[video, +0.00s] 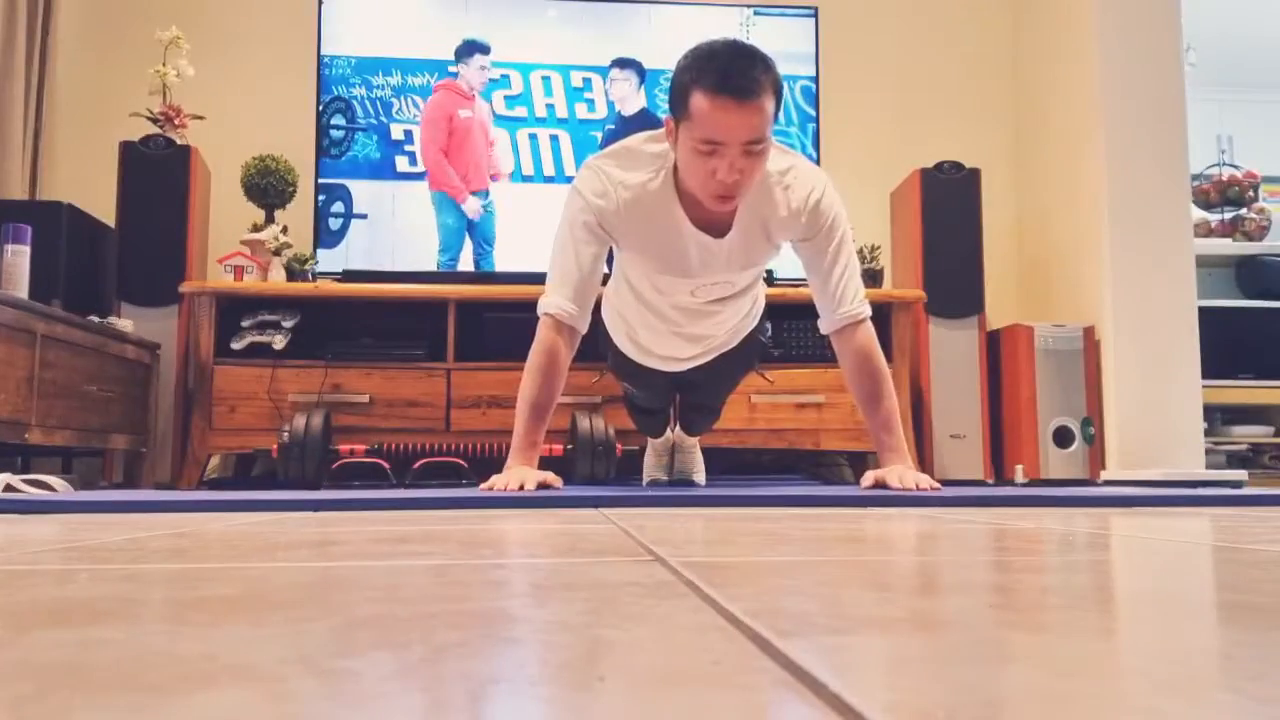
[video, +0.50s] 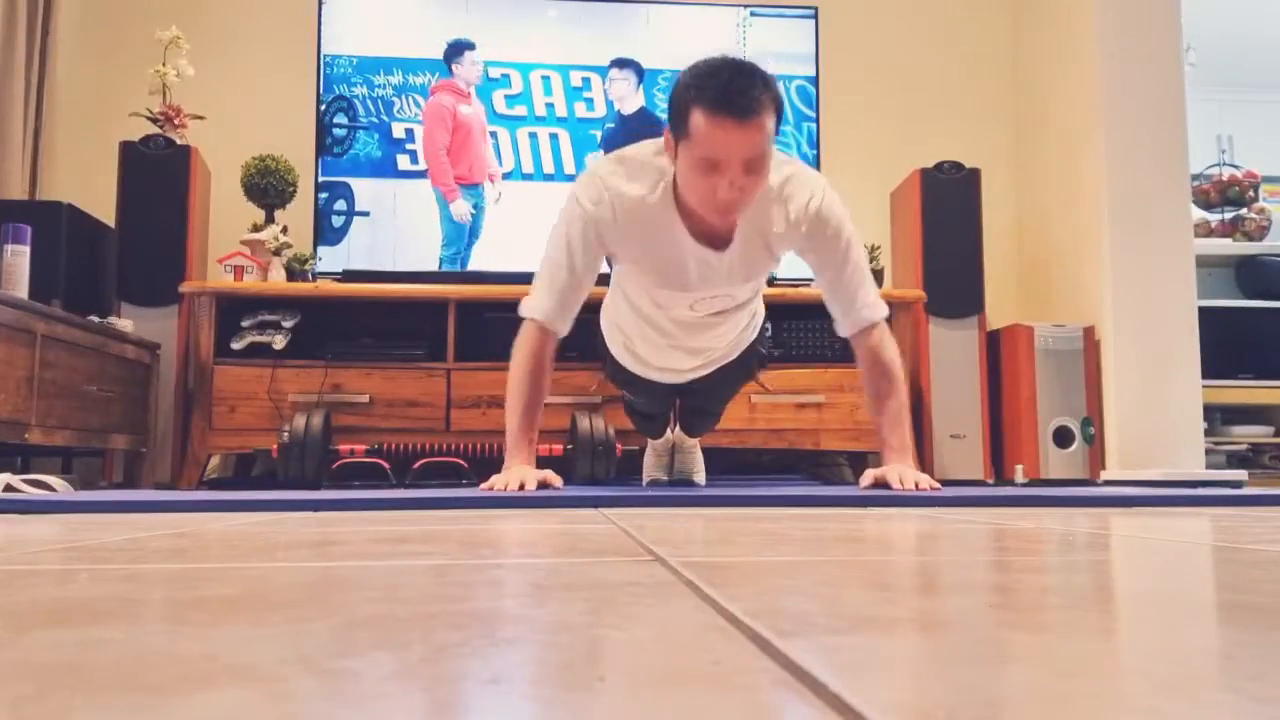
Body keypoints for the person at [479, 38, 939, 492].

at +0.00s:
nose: (731, 173)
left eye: (751, 150)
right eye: (710, 149)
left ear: (771, 135)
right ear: (671, 131)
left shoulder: (801, 194)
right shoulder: (606, 187)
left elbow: (850, 328)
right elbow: (557, 327)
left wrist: (895, 459)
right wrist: (520, 460)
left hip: (731, 334)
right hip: (638, 333)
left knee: (702, 410)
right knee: (649, 408)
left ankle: (687, 443)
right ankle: (657, 446)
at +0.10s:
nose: (731, 173)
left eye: (752, 150)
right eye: (710, 150)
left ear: (771, 135)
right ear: (671, 130)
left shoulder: (800, 194)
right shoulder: (606, 187)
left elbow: (848, 328)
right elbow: (557, 327)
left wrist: (895, 459)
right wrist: (521, 460)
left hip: (730, 335)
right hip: (637, 335)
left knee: (702, 410)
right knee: (649, 409)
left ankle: (687, 443)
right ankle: (657, 446)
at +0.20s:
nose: (730, 173)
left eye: (751, 151)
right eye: (709, 150)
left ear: (770, 135)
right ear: (671, 130)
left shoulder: (800, 193)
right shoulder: (605, 187)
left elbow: (847, 326)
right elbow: (556, 327)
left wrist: (895, 459)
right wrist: (520, 460)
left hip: (731, 334)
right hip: (638, 334)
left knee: (703, 409)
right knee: (650, 409)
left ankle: (686, 441)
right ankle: (656, 444)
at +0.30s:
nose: (731, 174)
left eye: (751, 152)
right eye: (709, 151)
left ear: (771, 135)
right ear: (671, 130)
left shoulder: (799, 192)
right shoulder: (605, 187)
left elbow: (847, 326)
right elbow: (557, 327)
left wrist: (894, 459)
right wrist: (520, 460)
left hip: (730, 336)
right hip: (638, 337)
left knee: (703, 410)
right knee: (650, 410)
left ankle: (687, 442)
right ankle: (656, 445)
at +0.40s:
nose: (731, 174)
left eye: (752, 152)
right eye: (710, 151)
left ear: (771, 135)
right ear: (671, 130)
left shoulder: (799, 192)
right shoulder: (606, 186)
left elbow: (847, 326)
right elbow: (556, 327)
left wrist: (894, 459)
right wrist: (520, 460)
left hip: (731, 336)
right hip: (638, 336)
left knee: (703, 410)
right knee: (650, 410)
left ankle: (687, 443)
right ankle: (656, 446)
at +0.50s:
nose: (730, 187)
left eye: (750, 167)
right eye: (710, 167)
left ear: (771, 150)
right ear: (671, 146)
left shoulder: (802, 199)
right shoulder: (607, 191)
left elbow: (871, 334)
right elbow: (539, 327)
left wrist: (898, 457)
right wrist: (518, 460)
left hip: (733, 342)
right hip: (637, 342)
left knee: (703, 413)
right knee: (651, 413)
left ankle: (685, 442)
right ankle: (657, 446)